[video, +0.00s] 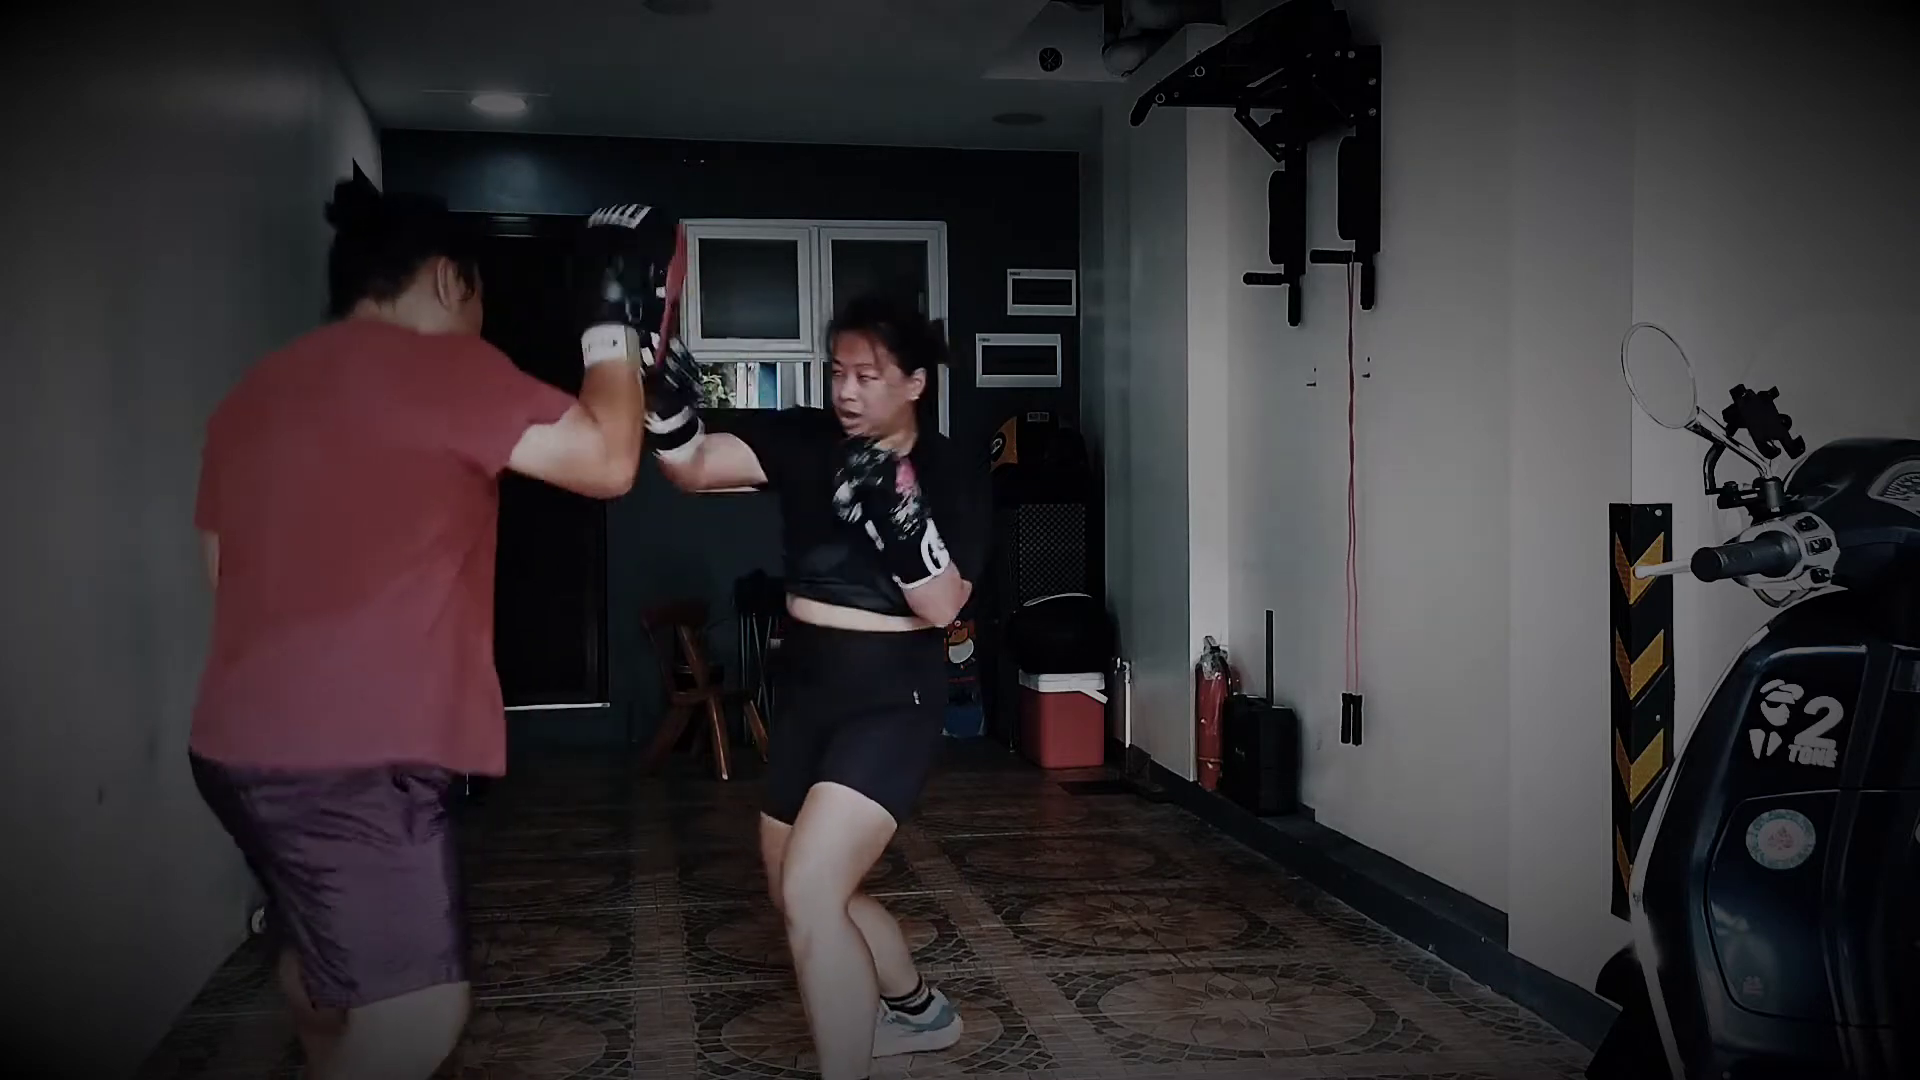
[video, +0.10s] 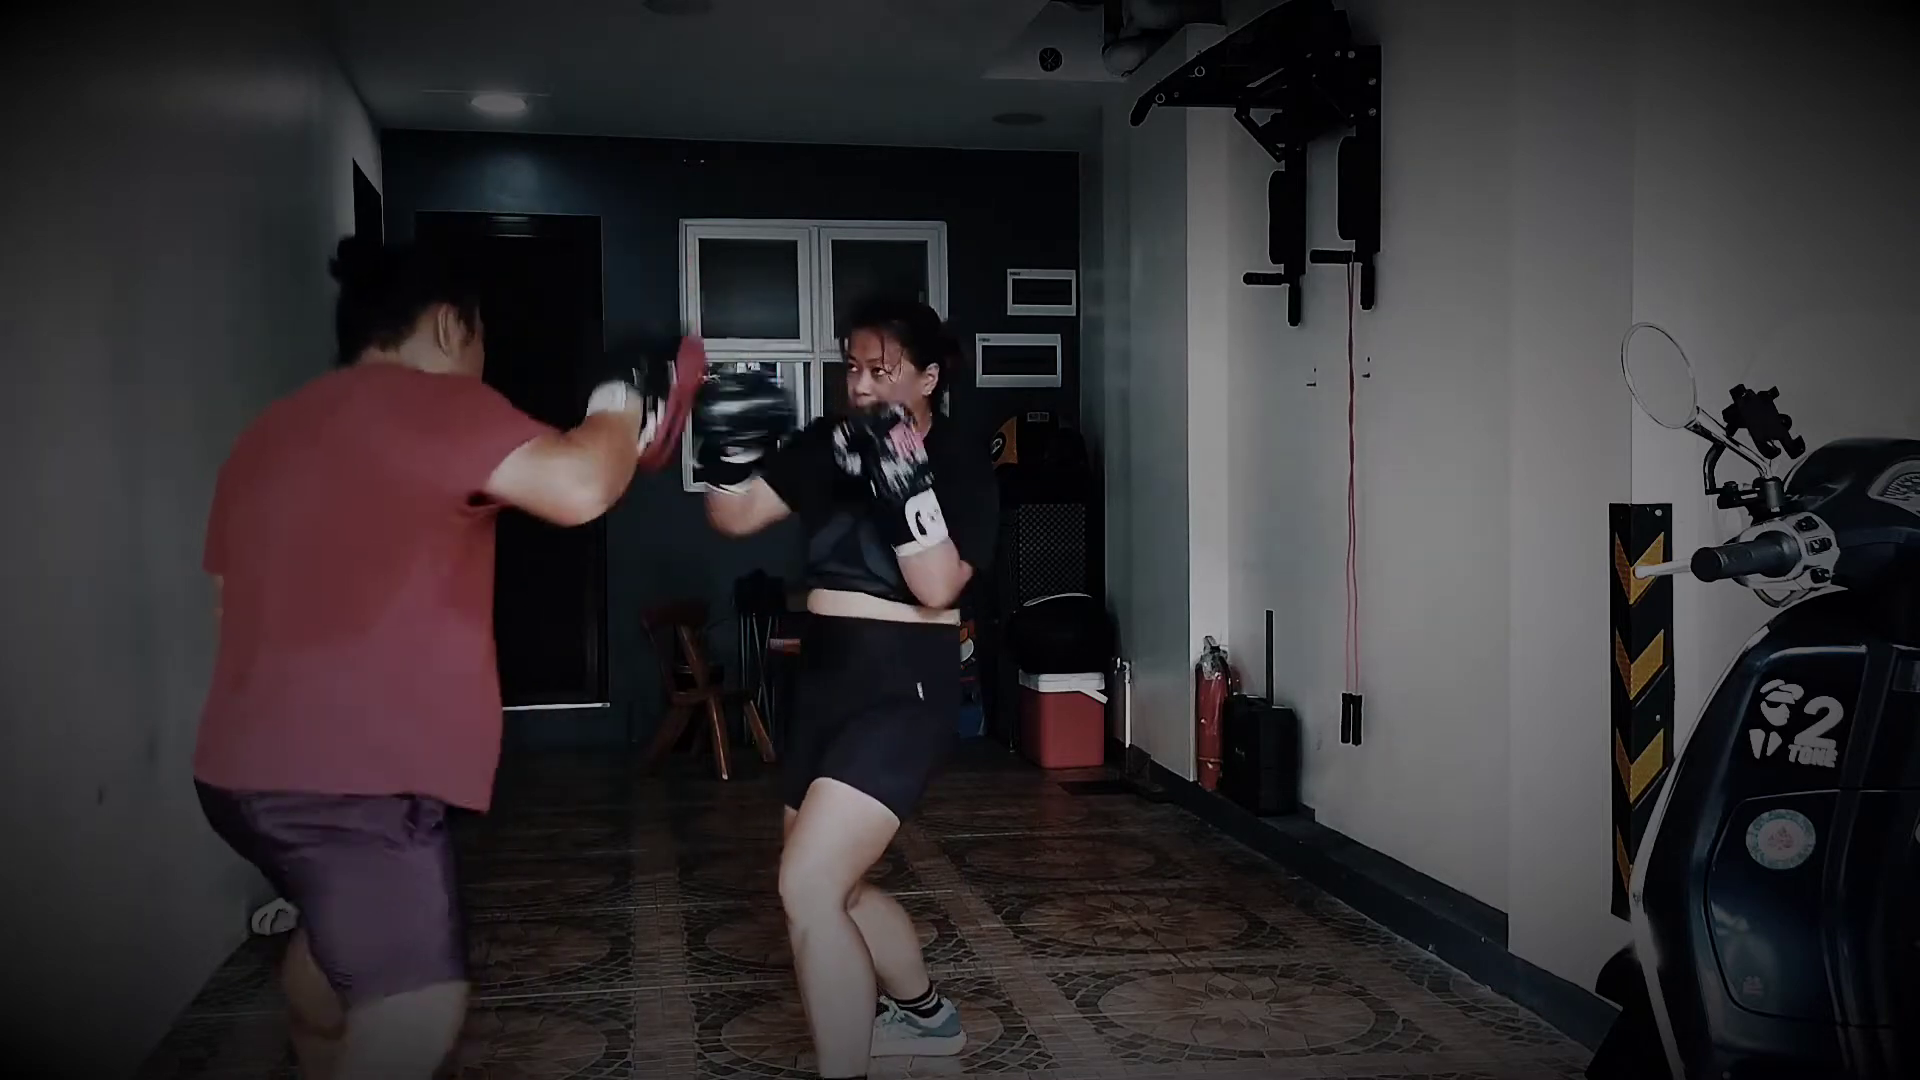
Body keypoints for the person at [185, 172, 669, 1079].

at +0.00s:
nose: (472, 322)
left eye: (472, 304)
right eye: (470, 299)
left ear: (359, 285)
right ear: (445, 280)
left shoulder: (252, 394)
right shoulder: (439, 367)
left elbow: (223, 566)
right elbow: (609, 459)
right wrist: (610, 326)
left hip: (240, 748)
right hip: (363, 754)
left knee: (323, 982)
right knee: (414, 1012)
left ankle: (321, 1063)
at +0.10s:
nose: (477, 359)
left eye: (477, 342)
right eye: (476, 337)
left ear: (364, 325)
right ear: (447, 325)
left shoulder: (264, 435)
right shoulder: (441, 413)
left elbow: (232, 599)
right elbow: (582, 486)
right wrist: (617, 406)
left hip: (241, 775)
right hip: (364, 786)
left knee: (331, 933)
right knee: (413, 1007)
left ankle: (320, 1063)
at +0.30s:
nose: (511, 338)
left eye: (511, 319)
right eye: (503, 315)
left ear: (443, 306)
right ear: (453, 302)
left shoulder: (393, 379)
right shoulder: (413, 359)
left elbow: (382, 538)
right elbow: (392, 467)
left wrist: (494, 556)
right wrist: (527, 502)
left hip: (367, 682)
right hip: (324, 683)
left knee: (409, 851)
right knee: (346, 895)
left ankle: (342, 1060)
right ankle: (279, 1069)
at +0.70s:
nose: (525, 322)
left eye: (524, 306)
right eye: (505, 304)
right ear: (443, 313)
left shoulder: (519, 434)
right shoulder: (367, 401)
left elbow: (523, 549)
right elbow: (295, 513)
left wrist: (590, 596)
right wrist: (405, 567)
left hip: (477, 703)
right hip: (356, 701)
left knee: (539, 830)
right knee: (305, 877)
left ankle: (578, 961)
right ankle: (236, 1041)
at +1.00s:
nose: (610, 312)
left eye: (614, 298)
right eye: (591, 296)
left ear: (613, 313)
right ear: (537, 307)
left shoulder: (621, 404)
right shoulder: (466, 381)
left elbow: (630, 503)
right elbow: (397, 487)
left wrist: (636, 548)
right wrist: (461, 571)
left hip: (568, 651)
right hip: (445, 645)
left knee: (583, 797)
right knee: (394, 803)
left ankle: (580, 969)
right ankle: (340, 973)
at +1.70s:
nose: (643, 357)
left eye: (653, 343)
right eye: (627, 341)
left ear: (661, 349)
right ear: (581, 342)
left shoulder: (666, 420)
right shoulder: (516, 413)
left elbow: (721, 504)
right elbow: (474, 521)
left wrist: (743, 434)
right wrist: (543, 515)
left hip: (644, 666)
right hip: (525, 668)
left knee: (695, 788)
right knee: (478, 815)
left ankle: (736, 939)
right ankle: (450, 936)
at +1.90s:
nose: (650, 366)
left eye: (660, 352)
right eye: (634, 349)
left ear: (668, 357)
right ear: (589, 350)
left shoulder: (672, 429)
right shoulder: (529, 420)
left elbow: (723, 516)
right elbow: (491, 528)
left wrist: (745, 455)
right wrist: (564, 519)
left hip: (652, 667)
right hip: (535, 671)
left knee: (711, 784)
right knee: (481, 817)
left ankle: (736, 938)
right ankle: (451, 939)